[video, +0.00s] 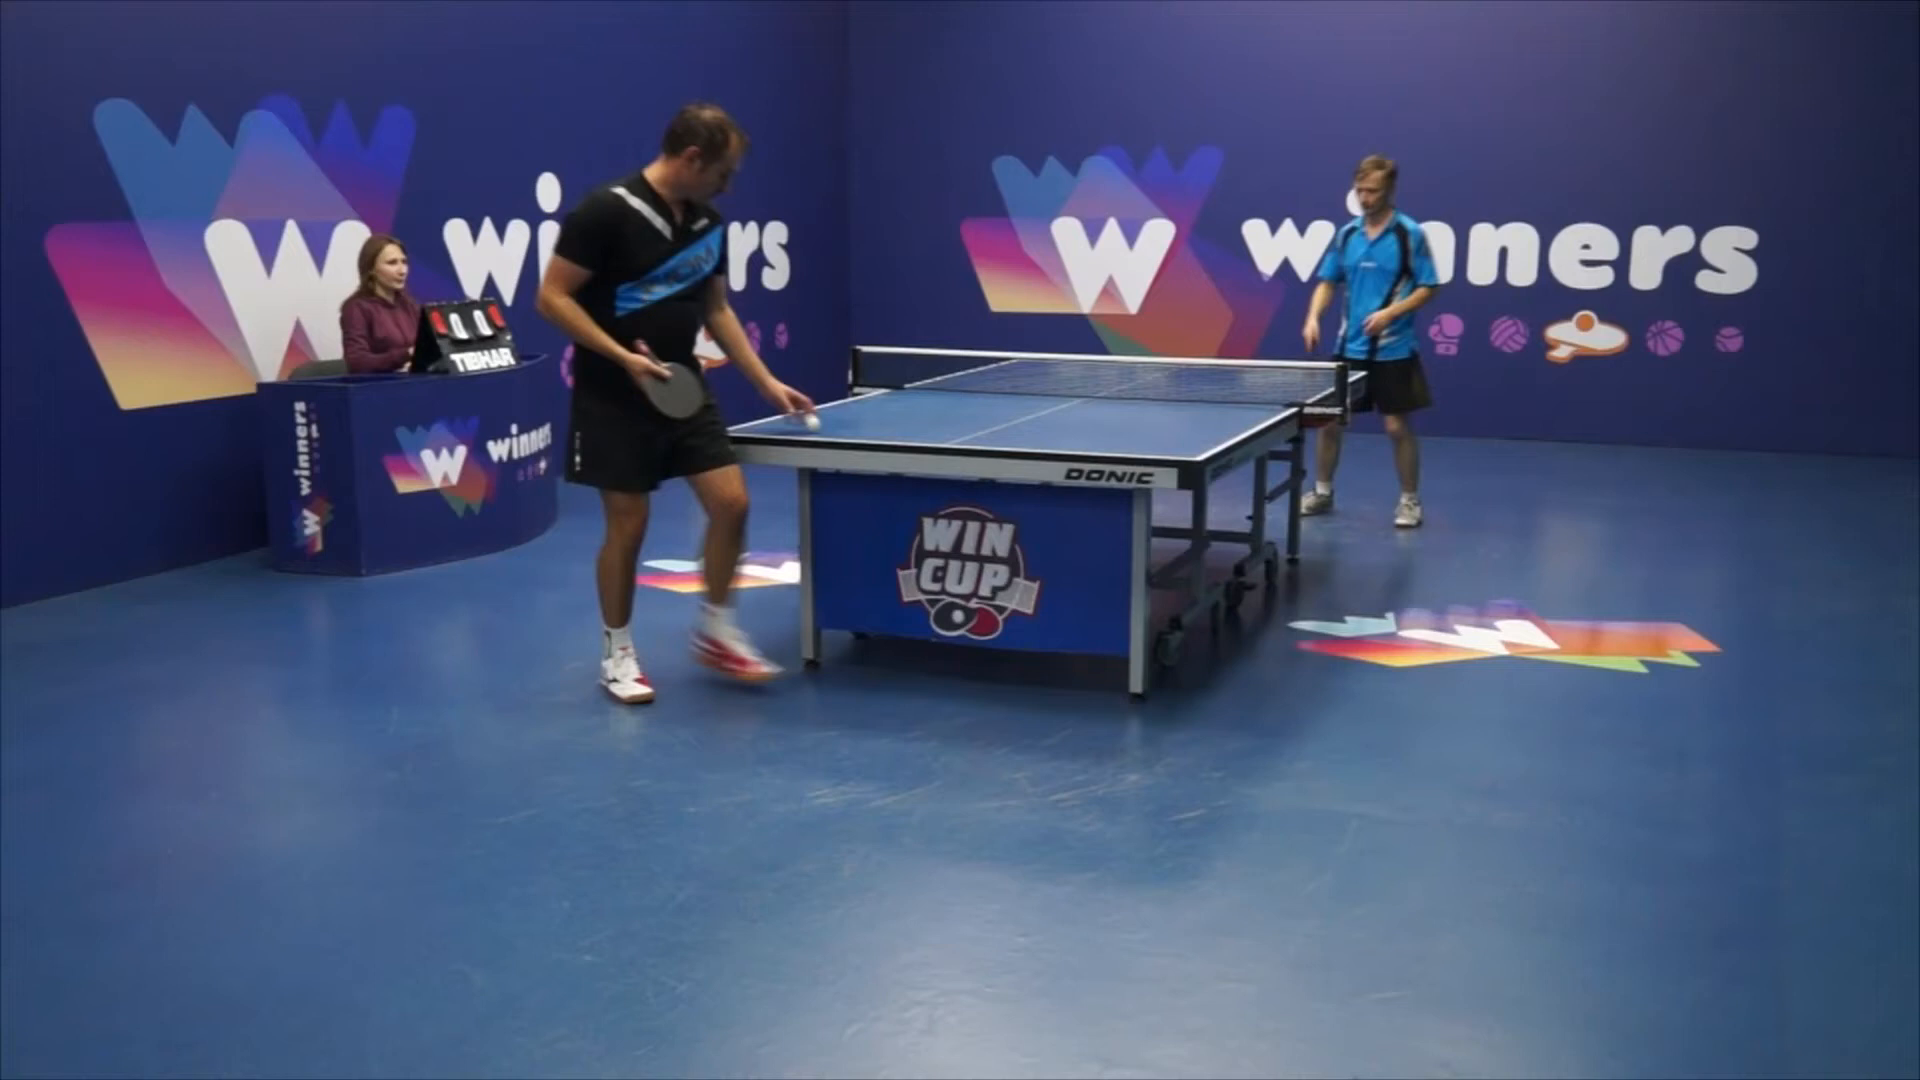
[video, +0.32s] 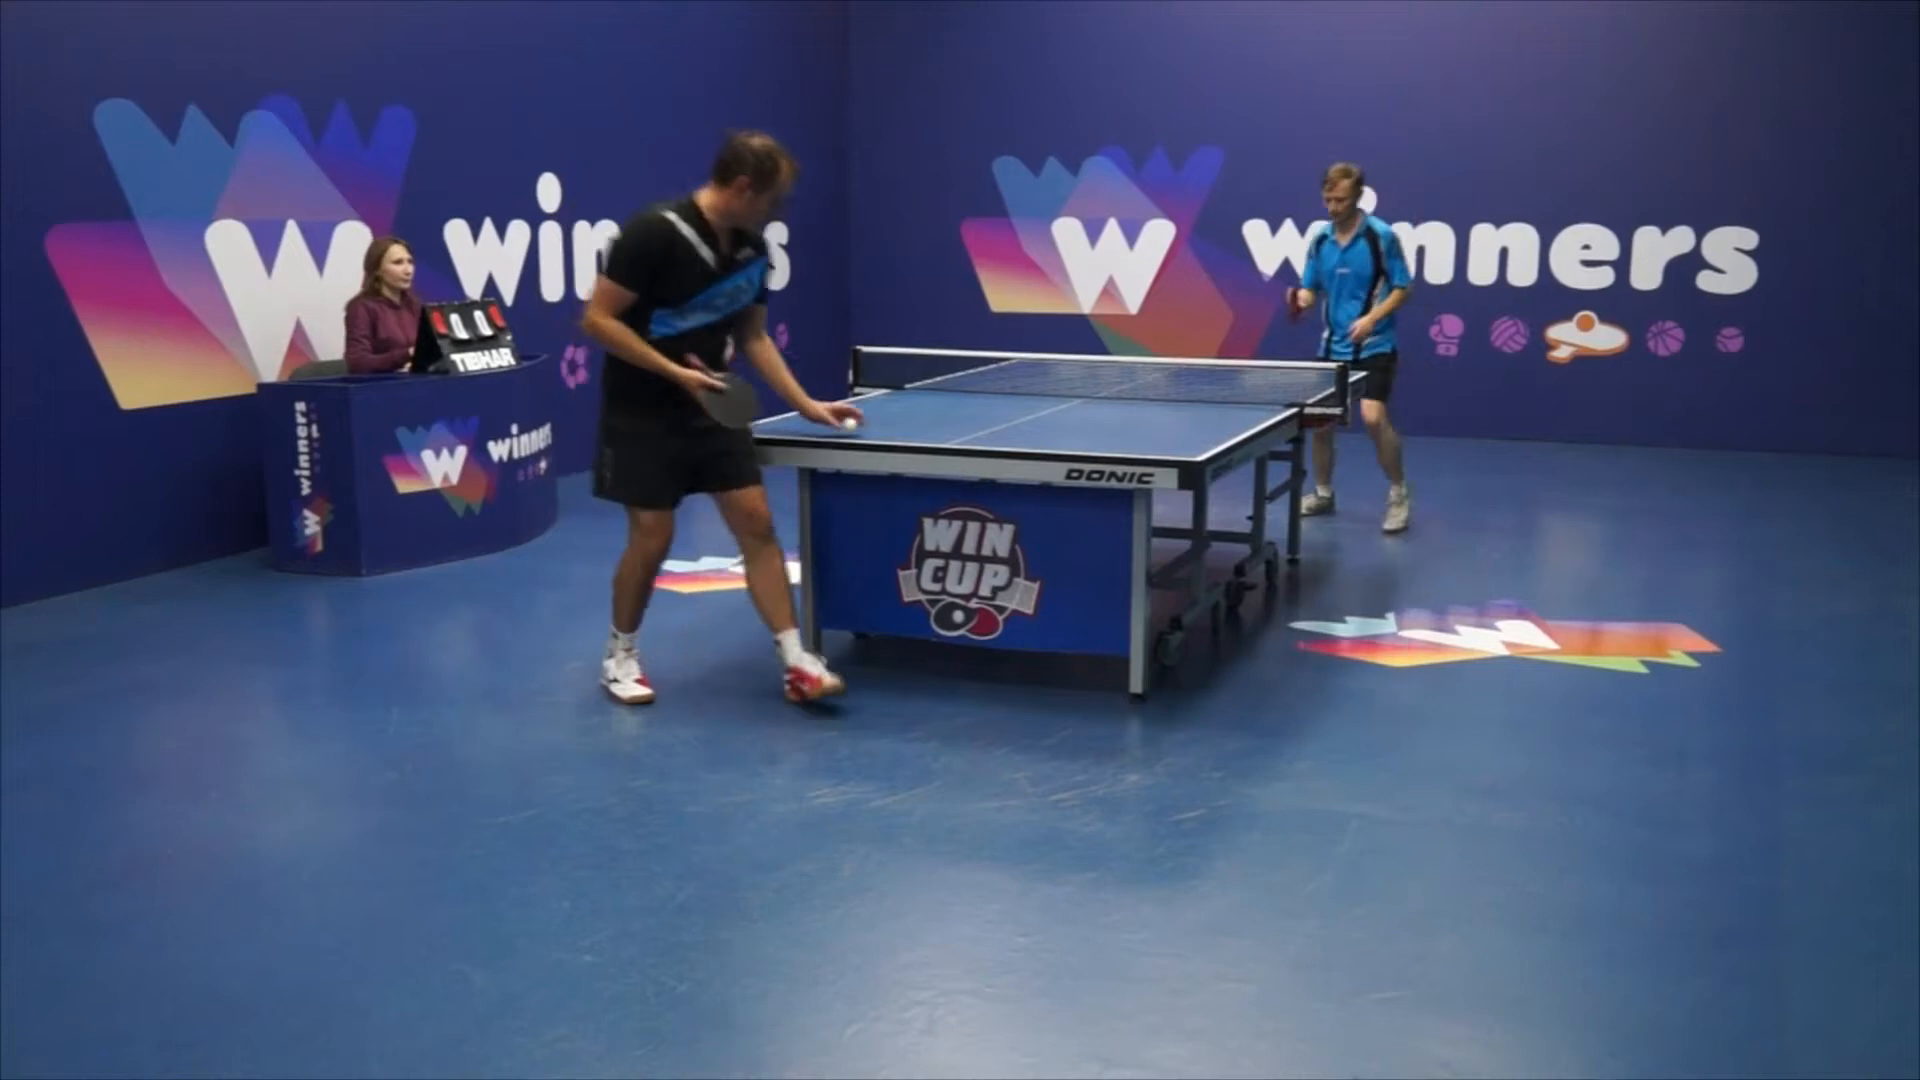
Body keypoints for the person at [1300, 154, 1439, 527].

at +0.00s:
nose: (1366, 196)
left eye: (1374, 190)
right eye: (1362, 189)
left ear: (1390, 192)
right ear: (1356, 189)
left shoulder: (1410, 233)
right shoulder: (1347, 234)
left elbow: (1427, 287)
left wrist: (1390, 314)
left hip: (1392, 350)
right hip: (1350, 348)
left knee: (1396, 427)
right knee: (1331, 422)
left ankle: (1409, 499)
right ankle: (1322, 491)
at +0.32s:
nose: (1332, 207)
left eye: (1339, 200)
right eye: (1328, 199)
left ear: (1357, 199)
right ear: (1324, 198)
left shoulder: (1381, 236)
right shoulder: (1321, 238)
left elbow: (1402, 287)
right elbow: (1310, 289)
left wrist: (1372, 319)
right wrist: (1300, 300)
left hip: (1374, 346)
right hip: (1333, 346)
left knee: (1372, 416)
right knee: (1321, 419)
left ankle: (1398, 492)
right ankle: (1322, 493)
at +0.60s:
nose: (1320, 224)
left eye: (1327, 217)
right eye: (1316, 217)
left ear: (1344, 215)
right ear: (1311, 216)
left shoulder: (1370, 247)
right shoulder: (1315, 255)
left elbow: (1401, 296)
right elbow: (1308, 304)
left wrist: (1376, 342)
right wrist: (1293, 318)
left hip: (1382, 349)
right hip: (1341, 351)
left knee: (1380, 426)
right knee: (1319, 420)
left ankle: (1392, 511)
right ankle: (1324, 493)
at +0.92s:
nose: (1319, 254)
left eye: (1327, 246)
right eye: (1315, 246)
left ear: (1344, 243)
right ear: (1309, 243)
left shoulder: (1369, 270)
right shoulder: (1317, 278)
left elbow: (1402, 323)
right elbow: (1313, 324)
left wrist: (1387, 374)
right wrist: (1296, 340)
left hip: (1400, 354)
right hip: (1363, 354)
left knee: (1384, 426)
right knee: (1326, 418)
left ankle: (1395, 513)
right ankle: (1327, 494)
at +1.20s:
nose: (1318, 272)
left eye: (1325, 264)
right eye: (1313, 264)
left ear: (1343, 258)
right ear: (1308, 260)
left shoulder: (1369, 283)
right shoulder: (1315, 290)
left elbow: (1407, 331)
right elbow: (1313, 338)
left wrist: (1391, 380)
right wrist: (1295, 358)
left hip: (1406, 355)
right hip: (1368, 358)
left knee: (1385, 427)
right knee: (1327, 418)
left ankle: (1396, 513)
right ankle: (1327, 494)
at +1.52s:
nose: (1315, 270)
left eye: (1322, 262)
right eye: (1310, 262)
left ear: (1339, 257)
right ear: (1305, 259)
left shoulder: (1366, 282)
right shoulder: (1314, 292)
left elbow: (1405, 329)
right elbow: (1314, 338)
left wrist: (1391, 379)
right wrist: (1297, 357)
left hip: (1406, 355)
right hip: (1368, 358)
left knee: (1385, 426)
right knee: (1325, 418)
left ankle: (1396, 513)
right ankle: (1327, 494)